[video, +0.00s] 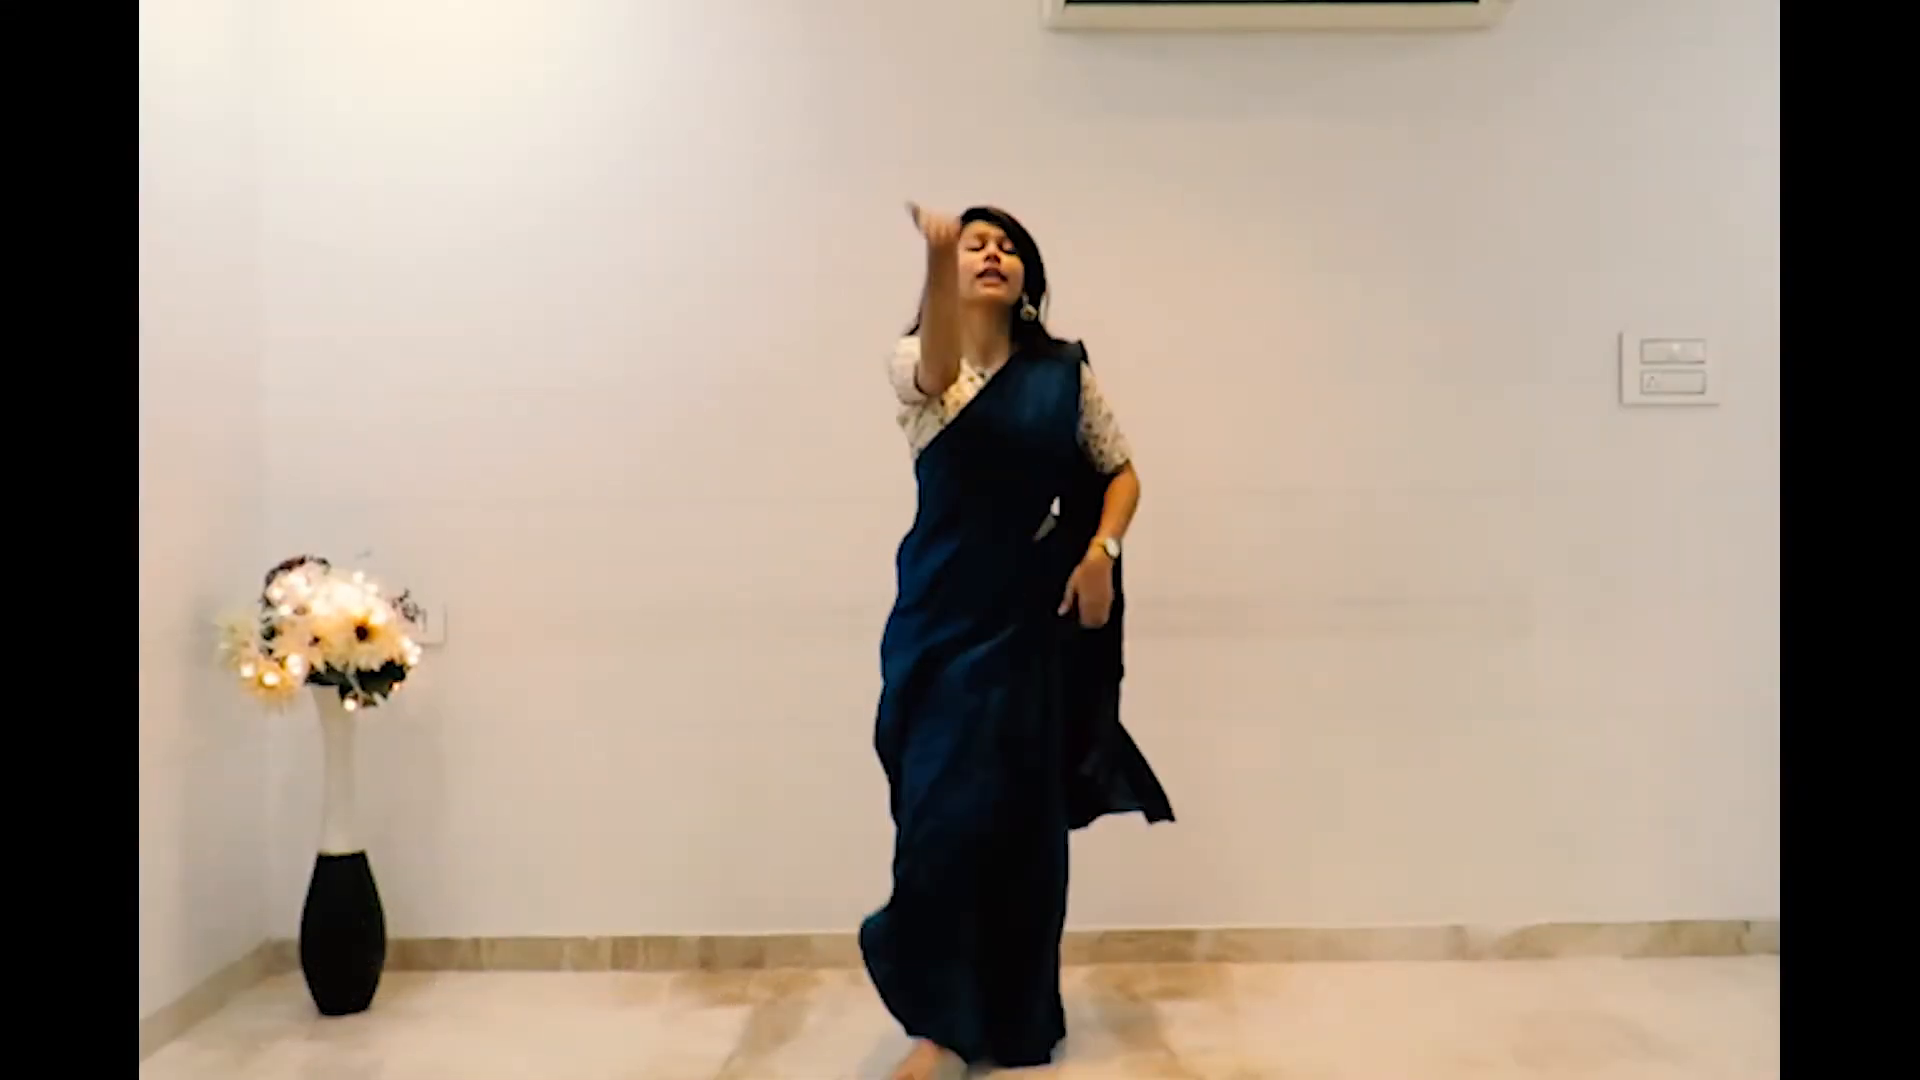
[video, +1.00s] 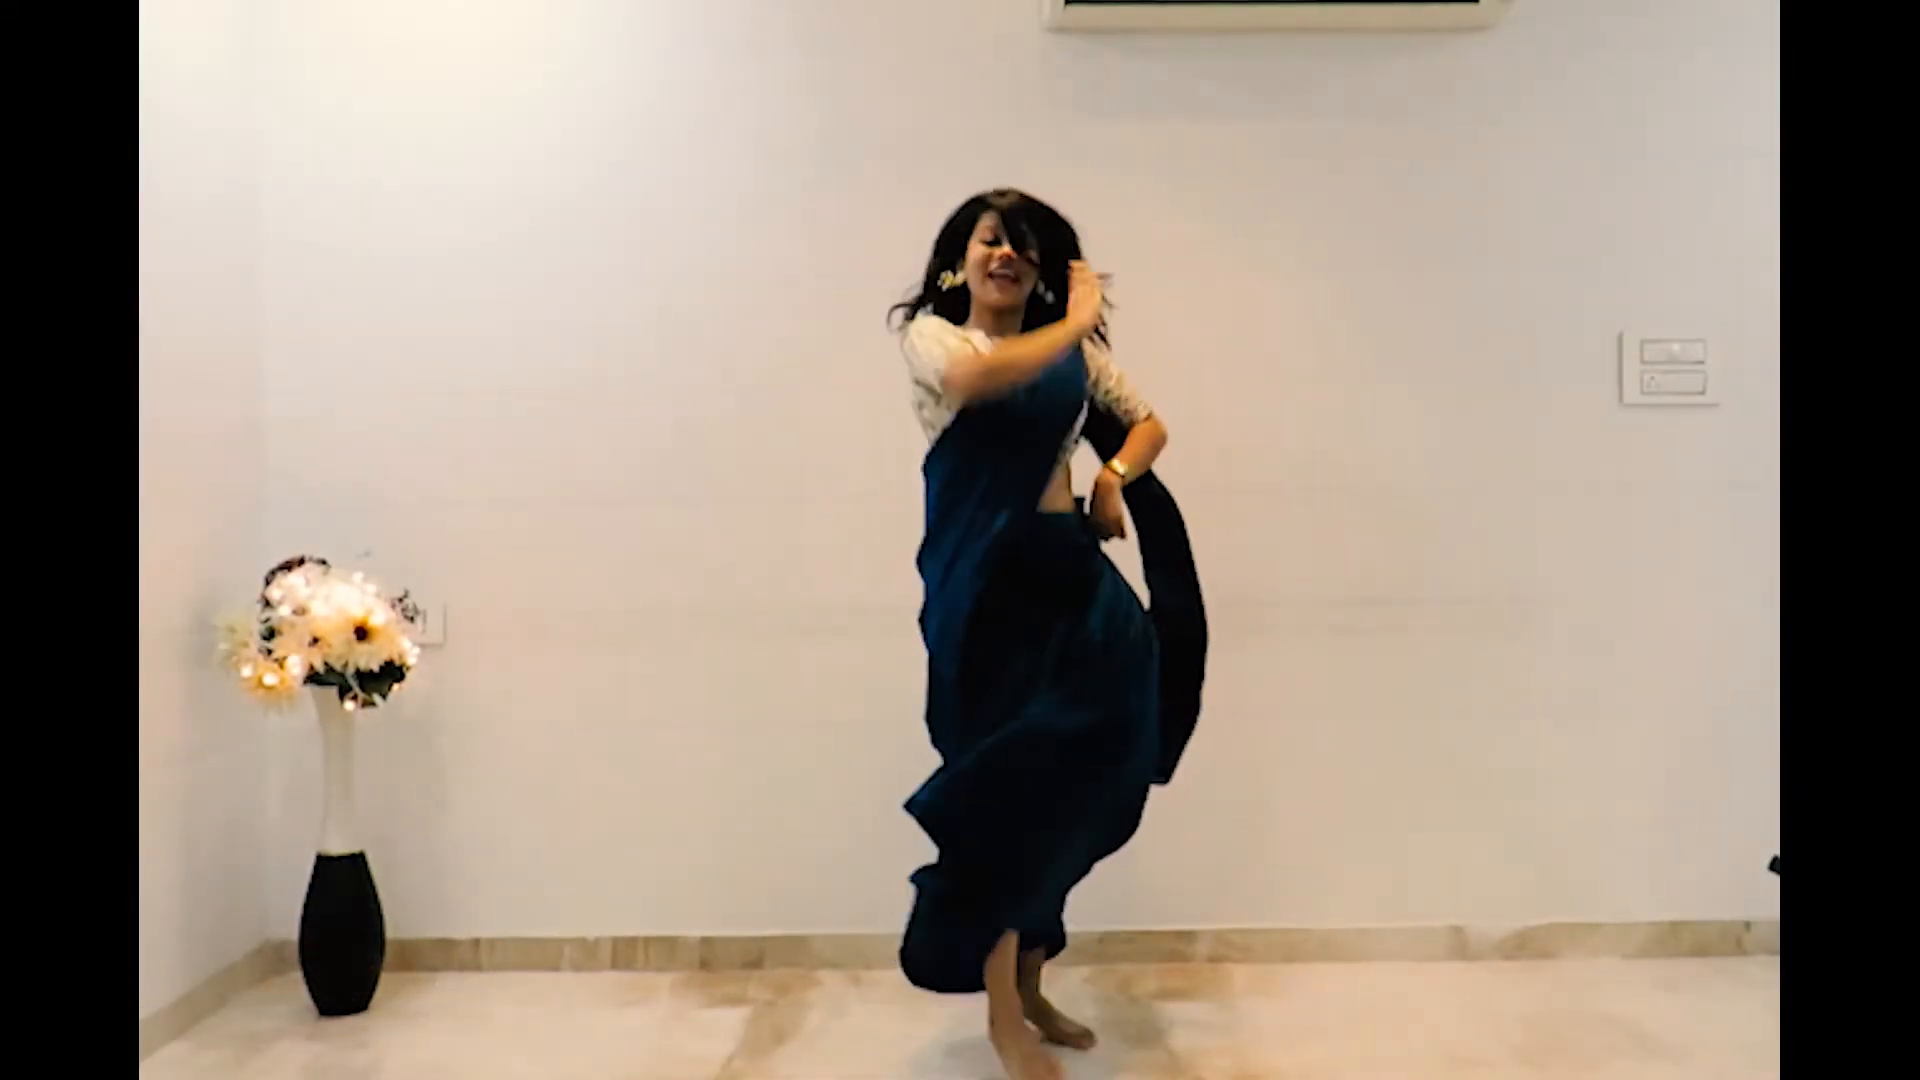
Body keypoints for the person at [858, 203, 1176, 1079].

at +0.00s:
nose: (989, 253)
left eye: (1005, 247)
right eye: (972, 244)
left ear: (1027, 281)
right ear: (947, 279)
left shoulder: (1063, 370)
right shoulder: (925, 371)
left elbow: (1123, 476)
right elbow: (936, 349)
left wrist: (1101, 550)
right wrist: (939, 256)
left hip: (1032, 618)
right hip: (937, 616)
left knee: (1021, 821)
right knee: (939, 818)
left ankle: (1010, 1030)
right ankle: (937, 1030)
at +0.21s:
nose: (978, 285)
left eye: (996, 274)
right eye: (964, 275)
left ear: (1026, 302)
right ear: (945, 303)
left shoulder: (1066, 389)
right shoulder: (921, 396)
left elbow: (1128, 502)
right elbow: (927, 506)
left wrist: (1082, 603)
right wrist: (865, 459)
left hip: (1037, 644)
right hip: (945, 643)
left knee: (1034, 831)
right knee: (916, 821)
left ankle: (1038, 1038)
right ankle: (956, 1040)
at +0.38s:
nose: (952, 254)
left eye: (969, 244)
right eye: (951, 242)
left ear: (1009, 262)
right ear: (947, 259)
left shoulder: (1030, 335)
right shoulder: (936, 348)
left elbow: (1085, 422)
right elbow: (827, 332)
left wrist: (1014, 521)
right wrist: (870, 248)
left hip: (1006, 607)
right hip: (939, 606)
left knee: (1005, 791)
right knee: (928, 792)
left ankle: (1018, 990)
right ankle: (952, 989)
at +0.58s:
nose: (954, 318)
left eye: (970, 309)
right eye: (957, 304)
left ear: (1007, 326)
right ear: (992, 322)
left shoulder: (1003, 398)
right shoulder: (989, 396)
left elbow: (1010, 499)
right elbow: (955, 451)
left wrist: (932, 569)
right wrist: (903, 441)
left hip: (975, 644)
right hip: (952, 638)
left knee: (1008, 816)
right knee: (929, 806)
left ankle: (1150, 1009)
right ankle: (980, 986)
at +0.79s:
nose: (968, 265)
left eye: (983, 252)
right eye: (967, 252)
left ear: (1019, 268)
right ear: (965, 269)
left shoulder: (1056, 348)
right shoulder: (938, 362)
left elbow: (1129, 429)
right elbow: (822, 375)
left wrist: (1037, 492)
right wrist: (917, 348)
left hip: (1028, 609)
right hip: (944, 609)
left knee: (1064, 795)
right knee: (949, 790)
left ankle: (1139, 999)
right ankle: (964, 978)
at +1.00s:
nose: (1003, 252)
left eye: (1019, 243)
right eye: (988, 240)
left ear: (1042, 268)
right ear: (957, 260)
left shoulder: (1067, 345)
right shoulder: (929, 332)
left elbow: (1148, 424)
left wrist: (1114, 476)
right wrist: (1075, 323)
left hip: (1066, 576)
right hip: (976, 583)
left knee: (1070, 768)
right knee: (1005, 784)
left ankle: (1023, 972)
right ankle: (1004, 1012)